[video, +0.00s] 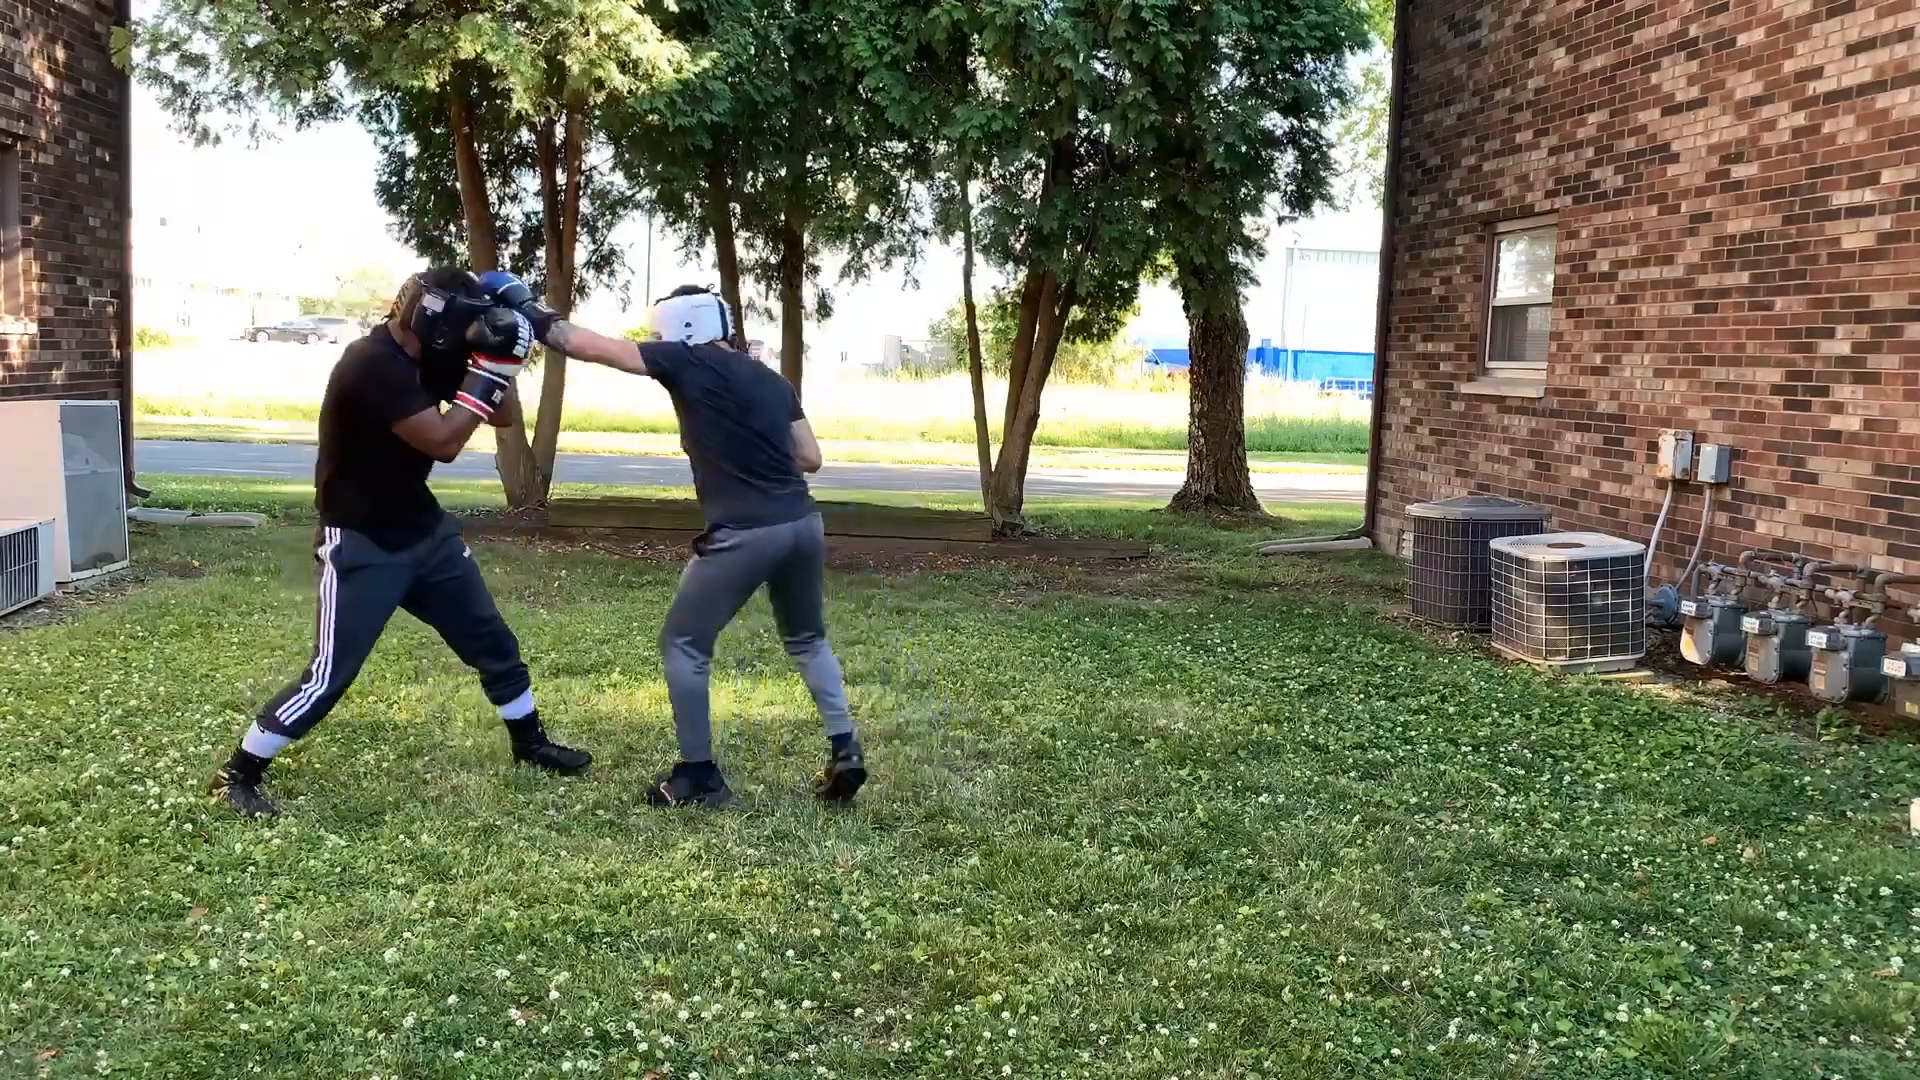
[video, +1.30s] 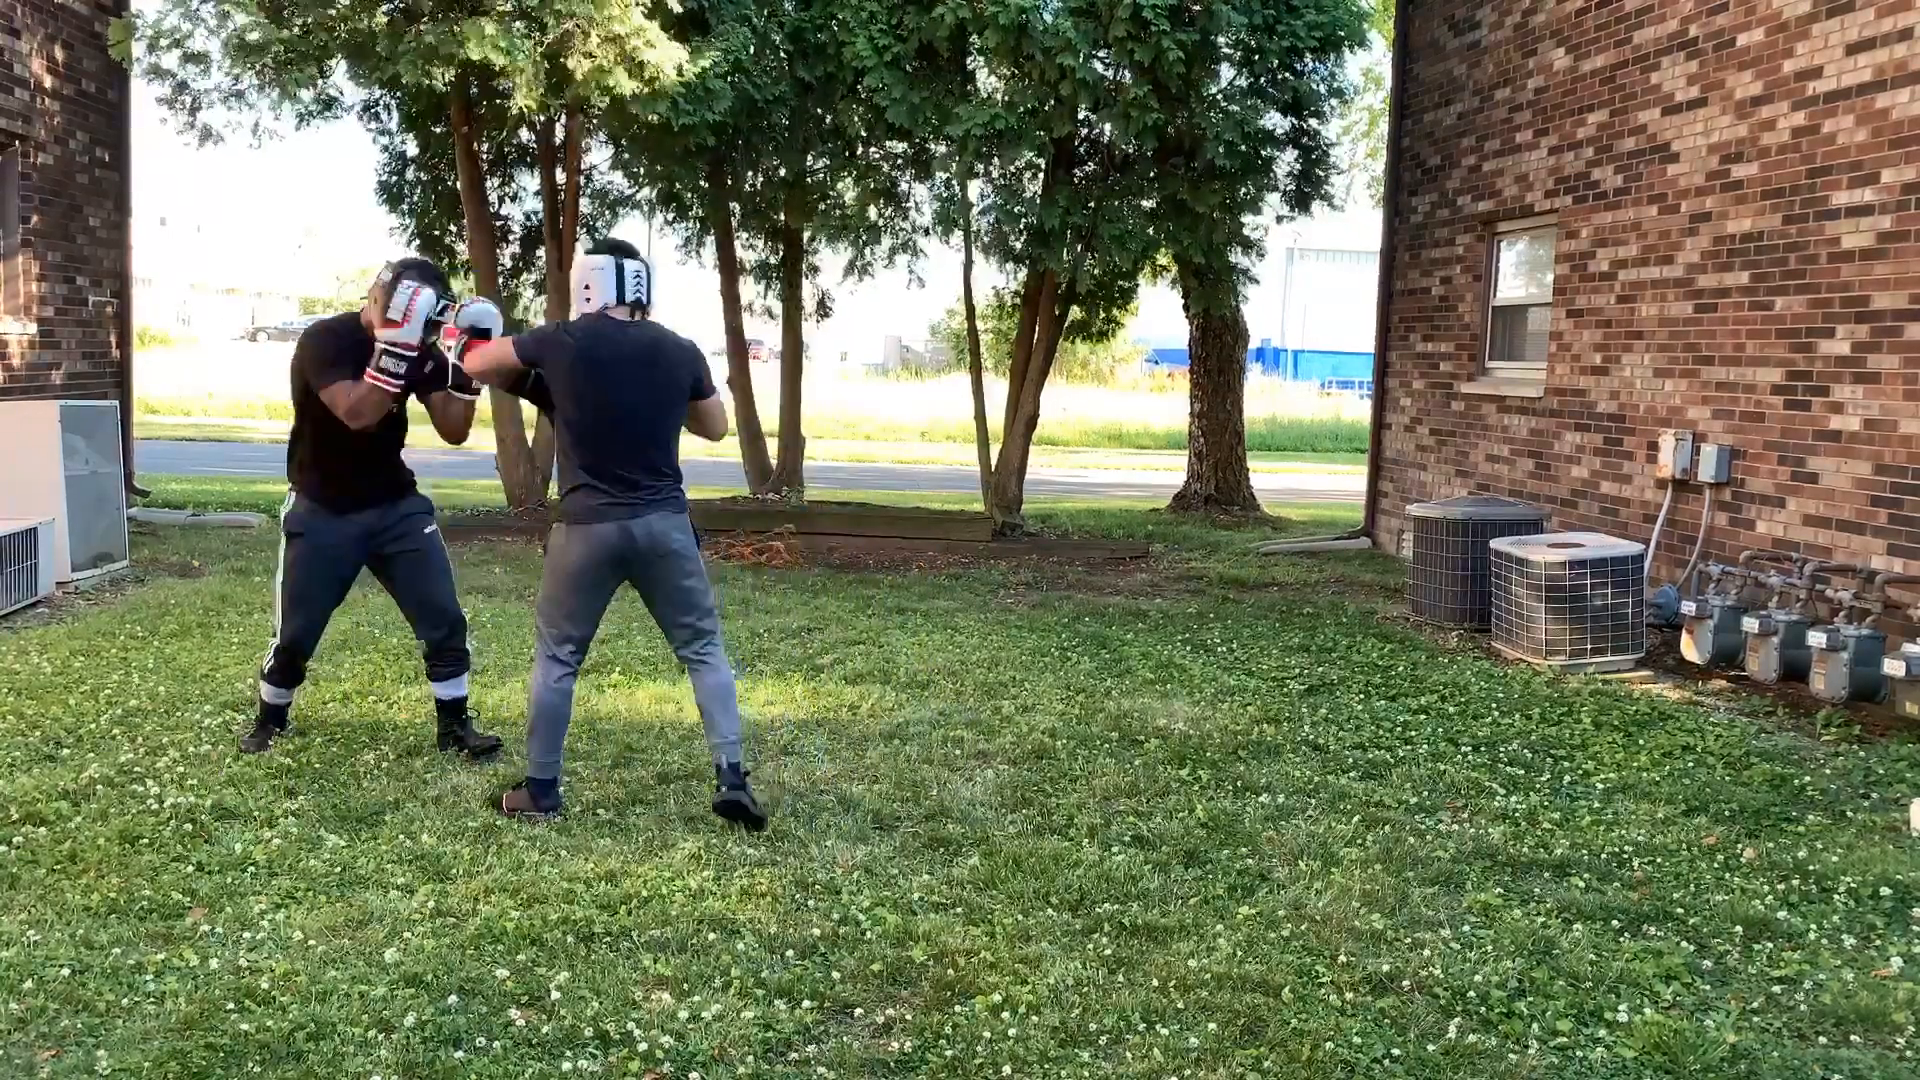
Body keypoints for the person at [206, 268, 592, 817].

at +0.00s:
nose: (457, 340)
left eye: (461, 331)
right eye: (456, 329)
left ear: (436, 322)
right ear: (427, 320)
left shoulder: (431, 361)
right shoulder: (371, 365)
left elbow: (505, 417)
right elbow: (444, 443)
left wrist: (499, 350)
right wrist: (483, 371)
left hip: (424, 534)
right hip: (359, 543)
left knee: (492, 641)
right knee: (330, 676)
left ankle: (530, 743)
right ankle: (242, 771)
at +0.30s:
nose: (480, 360)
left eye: (487, 350)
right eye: (473, 346)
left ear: (494, 349)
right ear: (443, 333)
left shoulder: (469, 379)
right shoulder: (367, 367)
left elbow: (456, 479)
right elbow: (395, 453)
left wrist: (498, 408)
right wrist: (460, 400)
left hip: (460, 533)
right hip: (381, 545)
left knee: (518, 639)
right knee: (346, 664)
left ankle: (539, 748)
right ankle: (259, 773)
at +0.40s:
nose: (463, 390)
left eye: (477, 382)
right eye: (458, 373)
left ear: (488, 378)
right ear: (437, 343)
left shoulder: (461, 421)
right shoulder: (359, 357)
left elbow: (404, 501)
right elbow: (344, 440)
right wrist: (422, 413)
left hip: (444, 543)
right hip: (361, 545)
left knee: (509, 649)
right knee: (321, 661)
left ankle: (539, 755)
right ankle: (251, 769)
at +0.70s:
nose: (440, 393)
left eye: (449, 385)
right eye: (435, 382)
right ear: (408, 359)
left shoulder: (422, 393)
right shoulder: (335, 400)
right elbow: (370, 486)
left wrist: (474, 425)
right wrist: (431, 449)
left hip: (410, 529)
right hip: (331, 536)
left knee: (469, 638)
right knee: (306, 652)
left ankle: (484, 744)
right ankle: (246, 767)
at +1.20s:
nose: (411, 342)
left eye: (422, 332)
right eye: (406, 328)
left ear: (431, 328)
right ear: (381, 315)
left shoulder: (419, 355)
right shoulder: (326, 362)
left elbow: (450, 426)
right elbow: (364, 443)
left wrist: (470, 354)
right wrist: (398, 384)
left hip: (405, 521)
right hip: (328, 526)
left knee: (445, 630)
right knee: (294, 639)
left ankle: (455, 732)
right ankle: (270, 720)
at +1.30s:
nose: (399, 330)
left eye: (411, 322)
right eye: (392, 315)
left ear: (429, 319)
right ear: (372, 298)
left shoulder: (421, 351)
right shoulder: (324, 340)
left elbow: (455, 430)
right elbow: (357, 413)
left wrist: (470, 354)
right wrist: (396, 352)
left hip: (397, 509)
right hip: (323, 514)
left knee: (445, 621)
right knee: (296, 634)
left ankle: (454, 726)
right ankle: (269, 720)